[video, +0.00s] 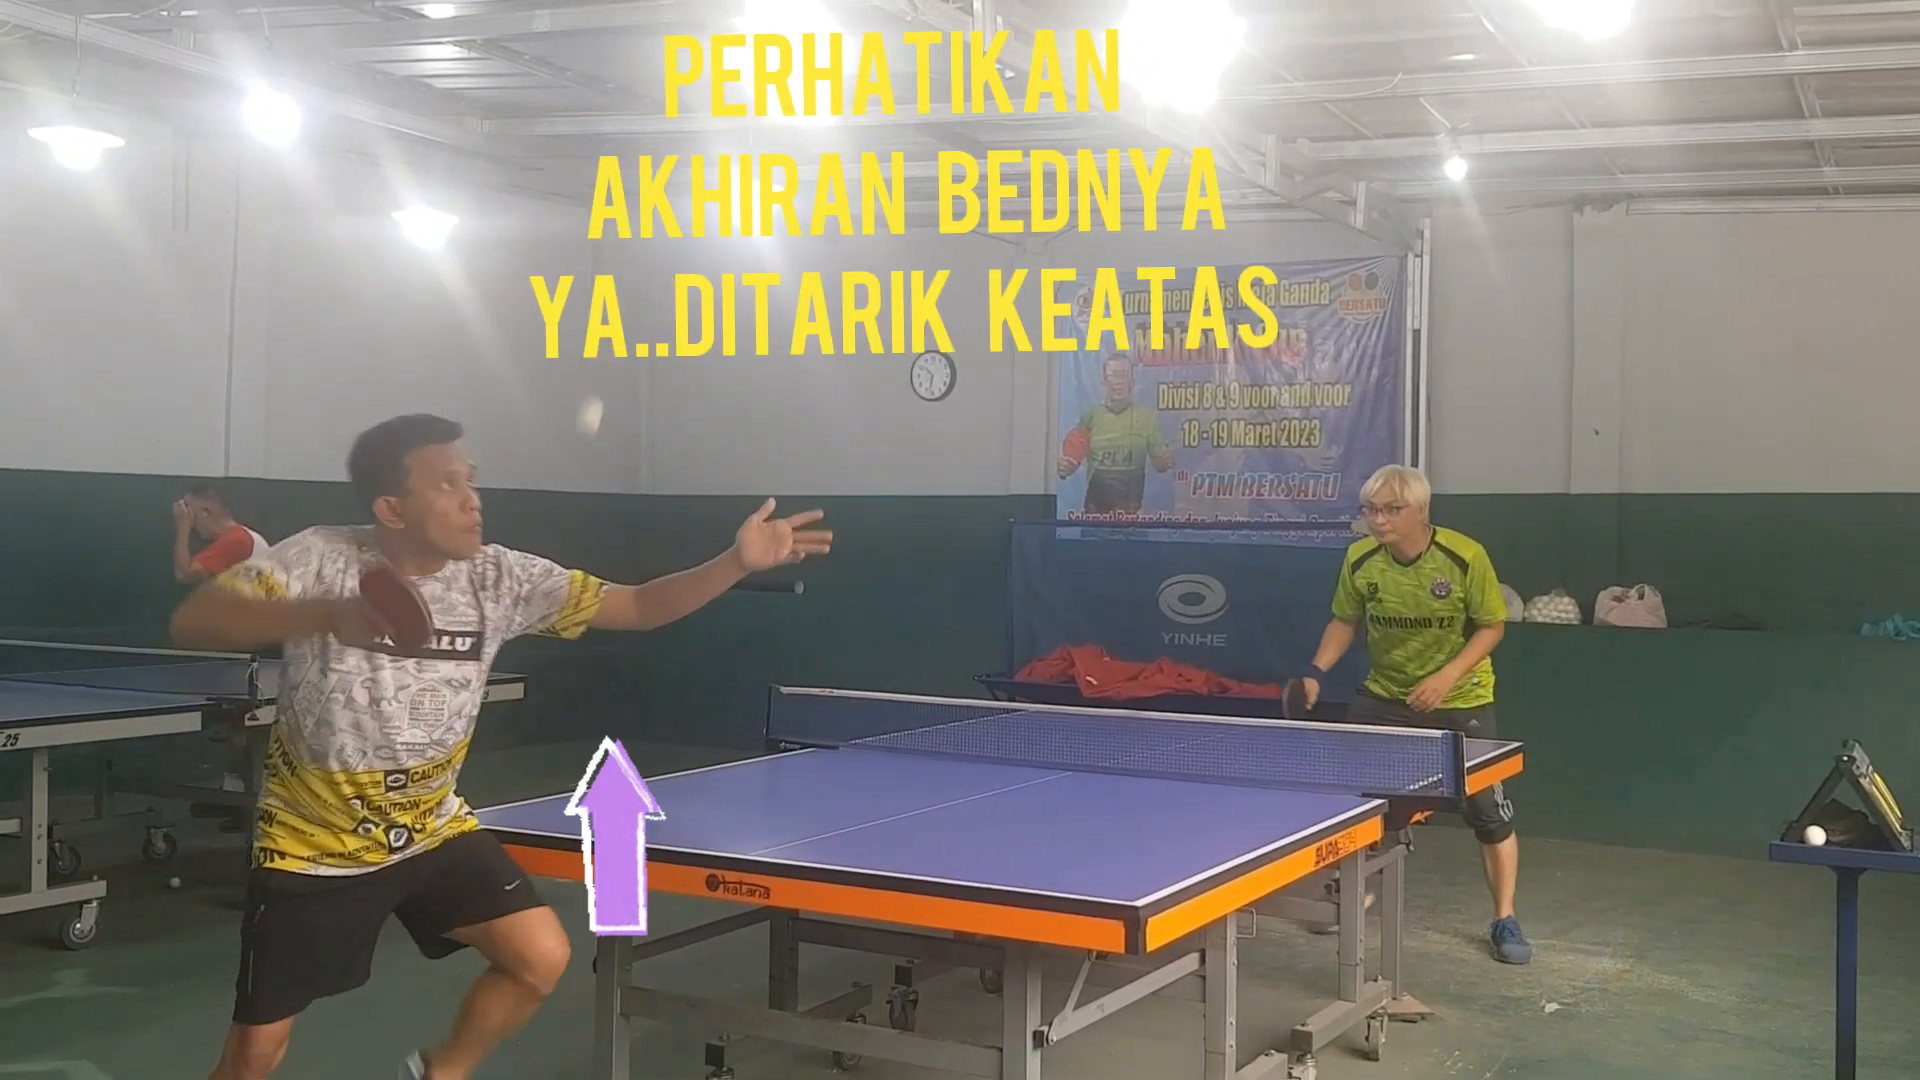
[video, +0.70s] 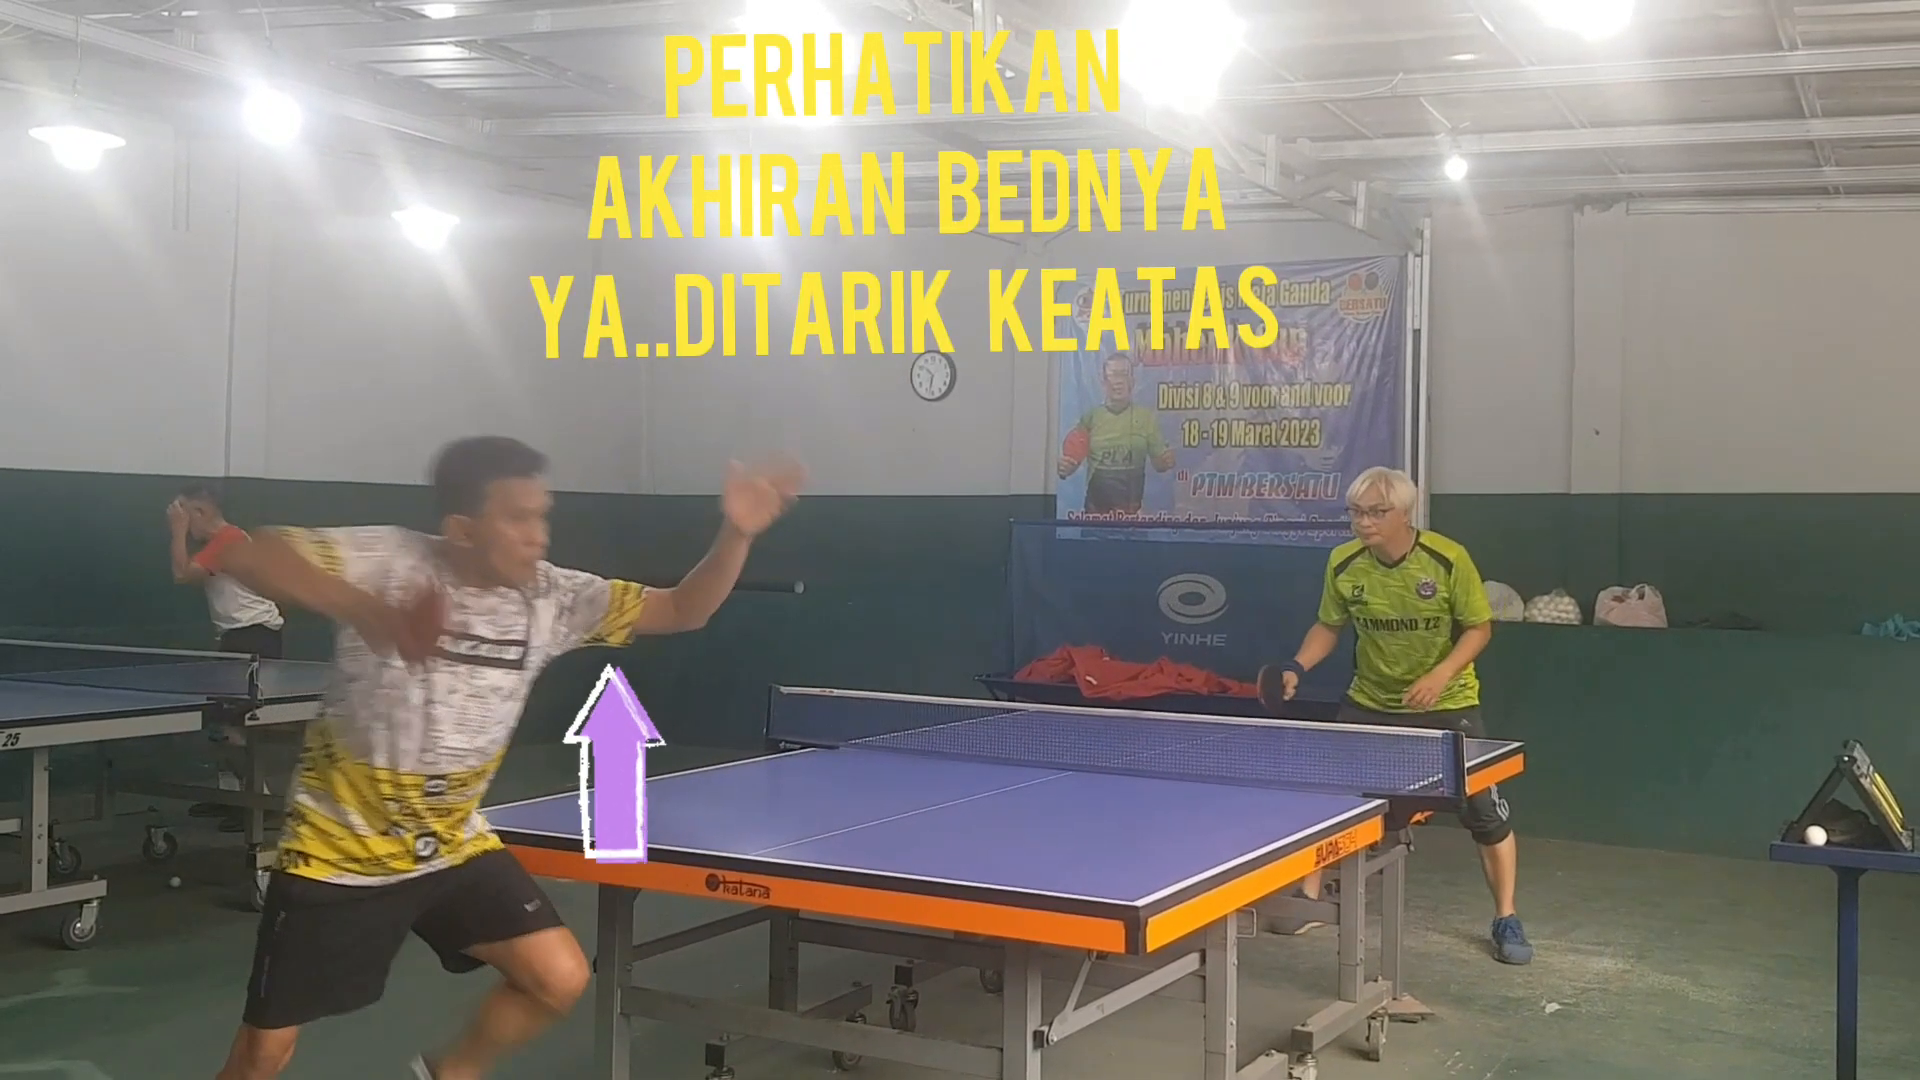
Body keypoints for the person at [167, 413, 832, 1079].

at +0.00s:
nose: (474, 498)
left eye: (470, 481)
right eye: (453, 485)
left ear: (464, 497)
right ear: (391, 509)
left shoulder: (498, 577)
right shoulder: (314, 563)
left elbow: (633, 606)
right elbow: (190, 624)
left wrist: (737, 562)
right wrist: (327, 615)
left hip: (431, 825)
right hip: (311, 840)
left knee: (540, 959)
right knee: (256, 1047)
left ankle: (443, 1071)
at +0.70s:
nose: (537, 535)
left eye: (541, 516)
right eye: (518, 516)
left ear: (544, 522)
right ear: (459, 525)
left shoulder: (552, 596)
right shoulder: (389, 558)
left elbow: (682, 608)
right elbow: (246, 553)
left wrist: (737, 534)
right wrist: (371, 611)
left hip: (453, 839)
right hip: (337, 843)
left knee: (558, 979)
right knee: (265, 1049)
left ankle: (450, 1070)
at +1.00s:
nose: (592, 563)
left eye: (596, 547)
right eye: (579, 545)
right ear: (518, 543)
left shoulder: (578, 612)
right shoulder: (442, 563)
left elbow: (685, 623)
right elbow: (325, 580)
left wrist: (698, 527)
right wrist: (444, 671)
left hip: (471, 855)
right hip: (358, 854)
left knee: (569, 1020)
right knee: (275, 1057)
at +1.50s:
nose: (659, 617)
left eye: (666, 600)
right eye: (654, 595)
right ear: (602, 575)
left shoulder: (612, 661)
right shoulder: (490, 591)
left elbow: (696, 690)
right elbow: (366, 662)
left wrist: (687, 566)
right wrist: (502, 616)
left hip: (502, 889)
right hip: (394, 883)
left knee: (606, 1031)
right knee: (333, 1068)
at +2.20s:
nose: (696, 640)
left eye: (700, 626)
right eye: (696, 621)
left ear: (651, 614)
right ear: (655, 613)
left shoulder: (638, 690)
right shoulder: (522, 617)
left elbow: (716, 755)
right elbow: (390, 701)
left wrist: (738, 653)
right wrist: (467, 626)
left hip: (510, 895)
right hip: (413, 884)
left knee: (620, 1033)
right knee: (394, 1073)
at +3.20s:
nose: (671, 616)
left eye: (674, 600)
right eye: (670, 598)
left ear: (626, 592)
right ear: (631, 591)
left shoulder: (607, 672)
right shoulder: (495, 613)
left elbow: (679, 758)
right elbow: (406, 717)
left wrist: (726, 702)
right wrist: (533, 695)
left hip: (490, 887)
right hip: (398, 878)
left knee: (600, 1027)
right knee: (402, 1075)